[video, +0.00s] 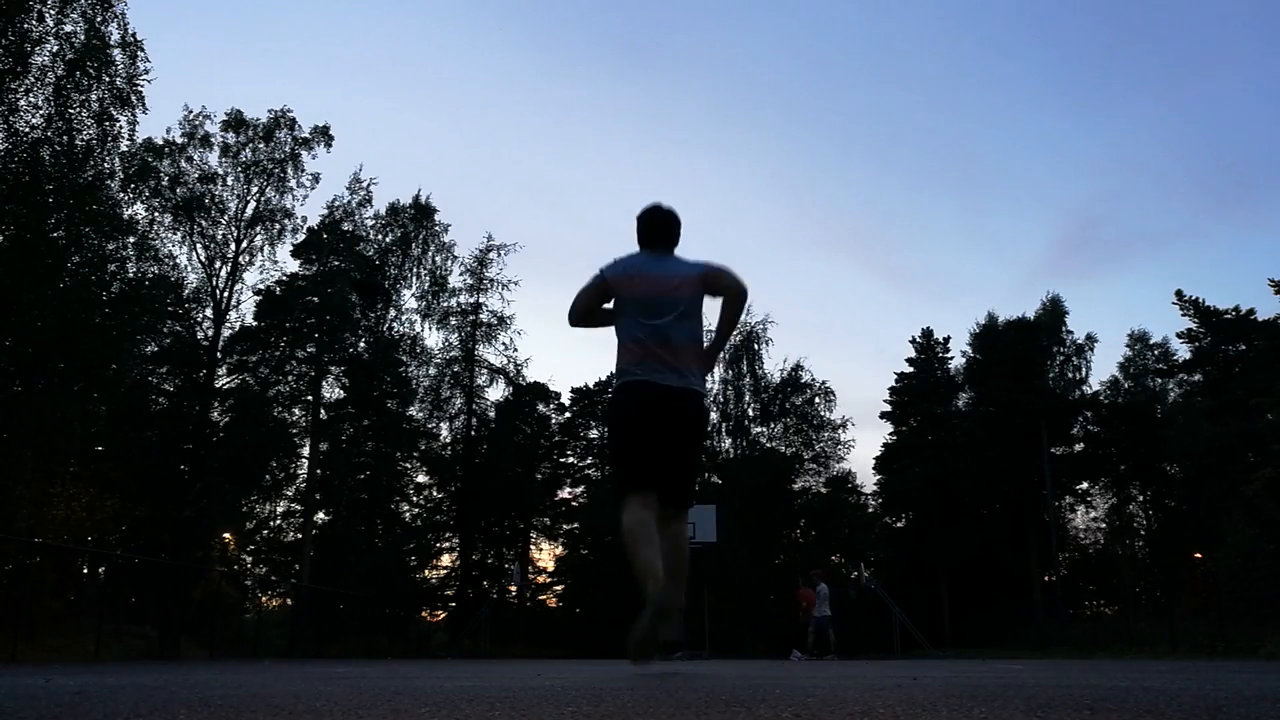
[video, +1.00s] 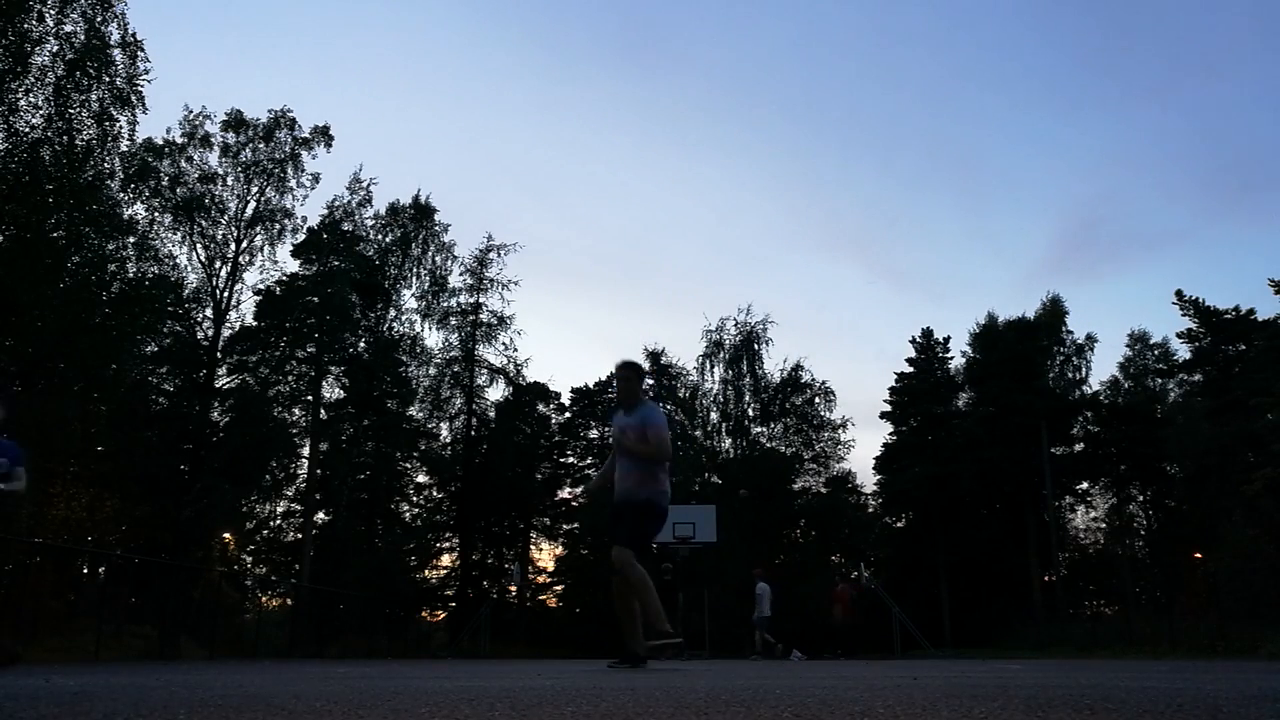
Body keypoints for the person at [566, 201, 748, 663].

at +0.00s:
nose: (652, 239)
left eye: (645, 233)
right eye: (665, 233)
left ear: (637, 236)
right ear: (677, 238)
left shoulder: (619, 271)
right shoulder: (696, 273)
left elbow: (579, 314)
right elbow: (737, 290)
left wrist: (623, 317)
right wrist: (715, 348)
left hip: (633, 398)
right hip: (685, 402)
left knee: (637, 501)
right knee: (675, 513)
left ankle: (655, 595)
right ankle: (673, 631)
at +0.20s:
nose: (644, 304)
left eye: (641, 297)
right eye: (660, 298)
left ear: (637, 299)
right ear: (673, 303)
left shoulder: (622, 332)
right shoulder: (690, 344)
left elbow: (600, 383)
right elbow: (712, 403)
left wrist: (622, 407)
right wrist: (685, 427)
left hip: (626, 453)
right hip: (675, 456)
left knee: (613, 539)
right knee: (665, 551)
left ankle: (631, 534)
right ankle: (656, 651)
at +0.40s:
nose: (614, 309)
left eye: (617, 302)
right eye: (615, 303)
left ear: (632, 302)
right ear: (650, 305)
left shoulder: (622, 327)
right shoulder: (671, 340)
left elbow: (612, 375)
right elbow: (669, 393)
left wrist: (607, 396)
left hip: (625, 449)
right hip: (667, 449)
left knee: (615, 539)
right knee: (660, 537)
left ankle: (622, 639)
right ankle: (659, 636)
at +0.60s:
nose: (603, 351)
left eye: (607, 344)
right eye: (604, 344)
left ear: (621, 346)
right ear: (636, 347)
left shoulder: (620, 379)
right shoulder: (655, 383)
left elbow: (616, 425)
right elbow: (661, 432)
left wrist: (592, 448)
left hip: (625, 485)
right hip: (655, 486)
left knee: (613, 568)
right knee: (636, 563)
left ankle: (637, 651)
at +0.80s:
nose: (606, 351)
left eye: (611, 346)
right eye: (607, 346)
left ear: (626, 347)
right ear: (632, 348)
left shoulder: (630, 376)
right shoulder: (640, 378)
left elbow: (623, 412)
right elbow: (664, 406)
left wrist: (607, 403)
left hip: (638, 475)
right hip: (646, 473)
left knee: (622, 548)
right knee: (632, 550)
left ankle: (635, 633)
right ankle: (647, 632)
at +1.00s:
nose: (620, 386)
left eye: (626, 380)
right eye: (618, 380)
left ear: (640, 384)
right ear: (616, 383)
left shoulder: (653, 413)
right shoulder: (620, 418)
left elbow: (663, 452)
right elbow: (617, 457)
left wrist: (627, 446)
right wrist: (596, 484)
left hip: (649, 499)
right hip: (625, 499)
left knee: (624, 557)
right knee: (623, 567)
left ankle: (662, 628)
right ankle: (635, 650)